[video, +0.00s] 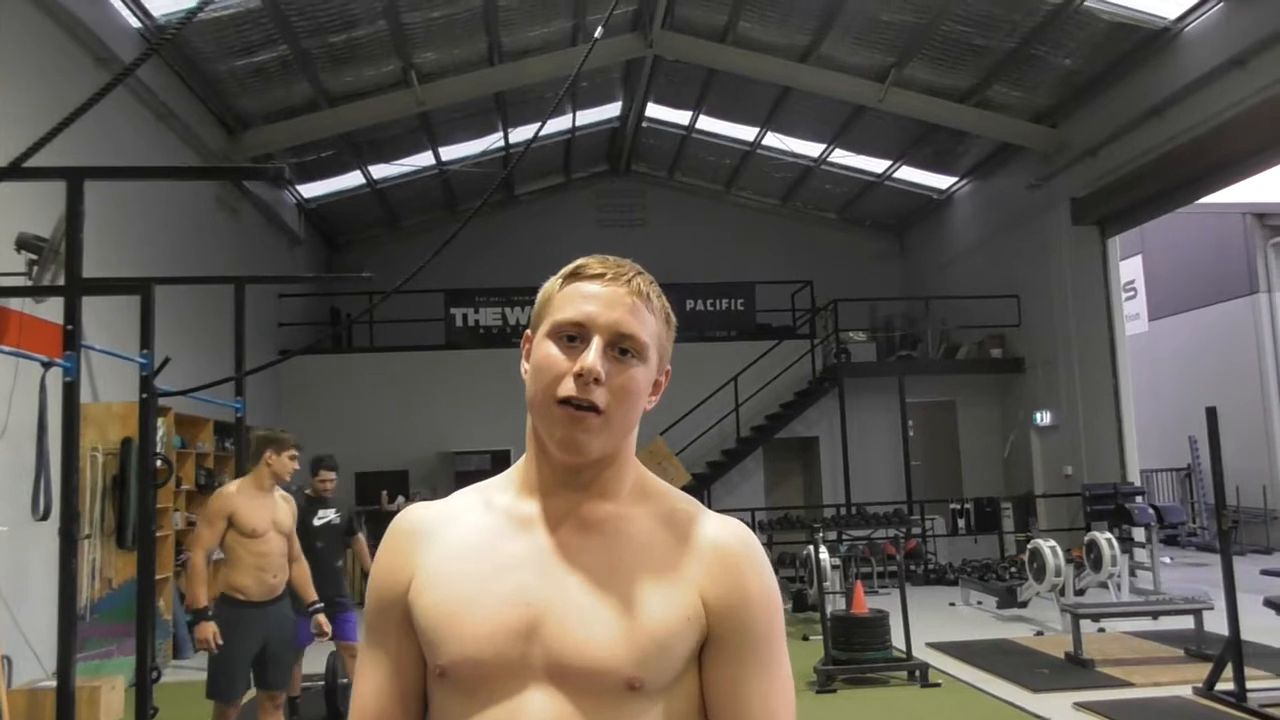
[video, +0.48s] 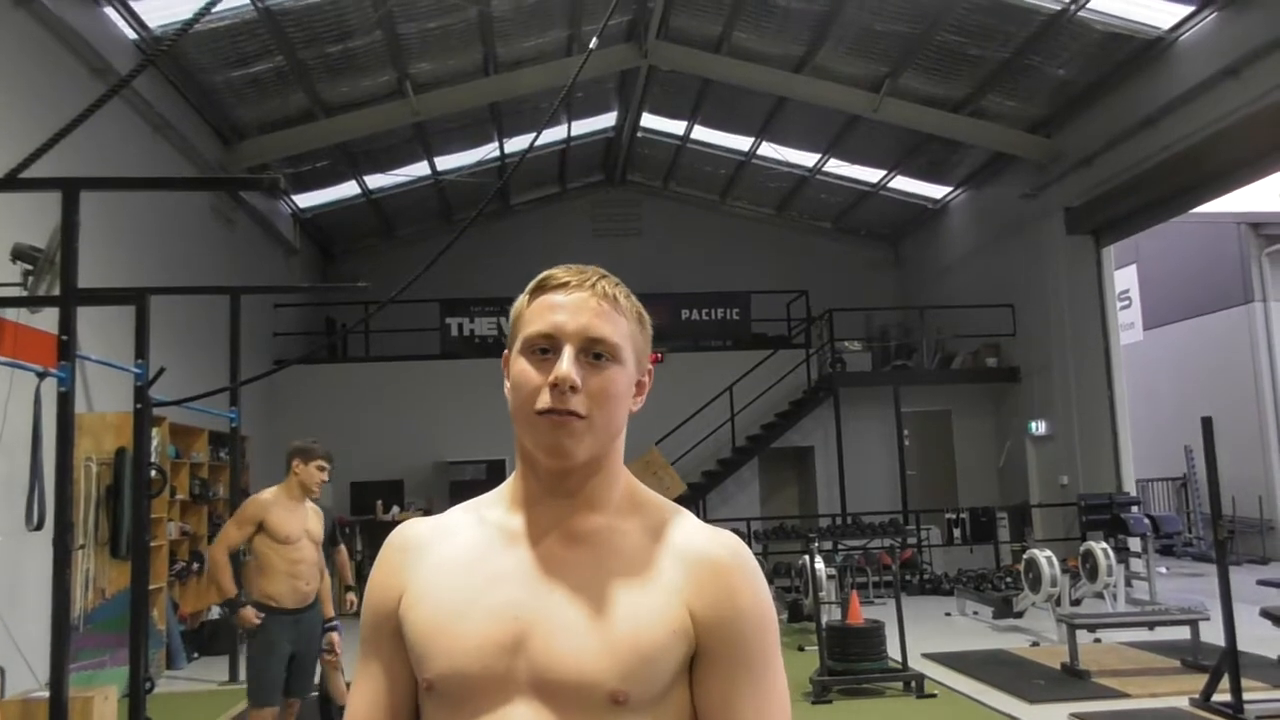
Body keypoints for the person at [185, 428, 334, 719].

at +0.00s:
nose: (296, 466)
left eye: (297, 459)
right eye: (291, 458)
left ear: (273, 459)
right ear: (269, 457)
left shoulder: (287, 502)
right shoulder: (227, 497)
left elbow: (296, 559)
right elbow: (197, 554)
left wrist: (316, 608)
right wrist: (201, 616)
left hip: (279, 611)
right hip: (236, 614)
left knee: (274, 701)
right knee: (228, 705)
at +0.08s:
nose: (300, 467)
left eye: (301, 461)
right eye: (295, 460)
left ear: (279, 461)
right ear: (273, 459)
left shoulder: (292, 503)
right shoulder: (231, 498)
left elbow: (299, 562)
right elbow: (201, 553)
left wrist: (317, 612)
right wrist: (207, 615)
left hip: (282, 612)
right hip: (240, 615)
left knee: (275, 701)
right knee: (230, 704)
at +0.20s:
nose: (307, 471)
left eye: (309, 465)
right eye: (302, 463)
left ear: (283, 464)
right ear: (279, 462)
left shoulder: (298, 506)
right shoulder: (240, 500)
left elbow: (305, 565)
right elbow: (203, 551)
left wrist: (318, 618)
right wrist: (217, 609)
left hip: (290, 613)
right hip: (248, 615)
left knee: (279, 703)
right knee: (233, 707)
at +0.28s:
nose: (312, 473)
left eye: (314, 467)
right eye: (307, 465)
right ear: (284, 463)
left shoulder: (303, 508)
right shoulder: (248, 501)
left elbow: (309, 568)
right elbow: (204, 549)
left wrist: (321, 621)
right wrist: (224, 604)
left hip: (297, 617)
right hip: (255, 620)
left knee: (282, 704)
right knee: (238, 708)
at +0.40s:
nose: (321, 476)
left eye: (323, 470)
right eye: (315, 468)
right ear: (292, 465)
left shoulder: (311, 512)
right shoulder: (257, 502)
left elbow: (316, 570)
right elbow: (214, 550)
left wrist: (326, 624)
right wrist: (233, 605)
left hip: (304, 620)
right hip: (262, 621)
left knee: (288, 704)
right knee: (251, 709)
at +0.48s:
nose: (325, 478)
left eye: (327, 472)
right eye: (320, 469)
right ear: (297, 466)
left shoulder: (317, 513)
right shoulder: (262, 503)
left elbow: (321, 571)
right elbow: (218, 550)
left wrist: (330, 625)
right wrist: (236, 604)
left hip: (309, 619)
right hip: (268, 620)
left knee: (293, 704)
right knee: (264, 709)